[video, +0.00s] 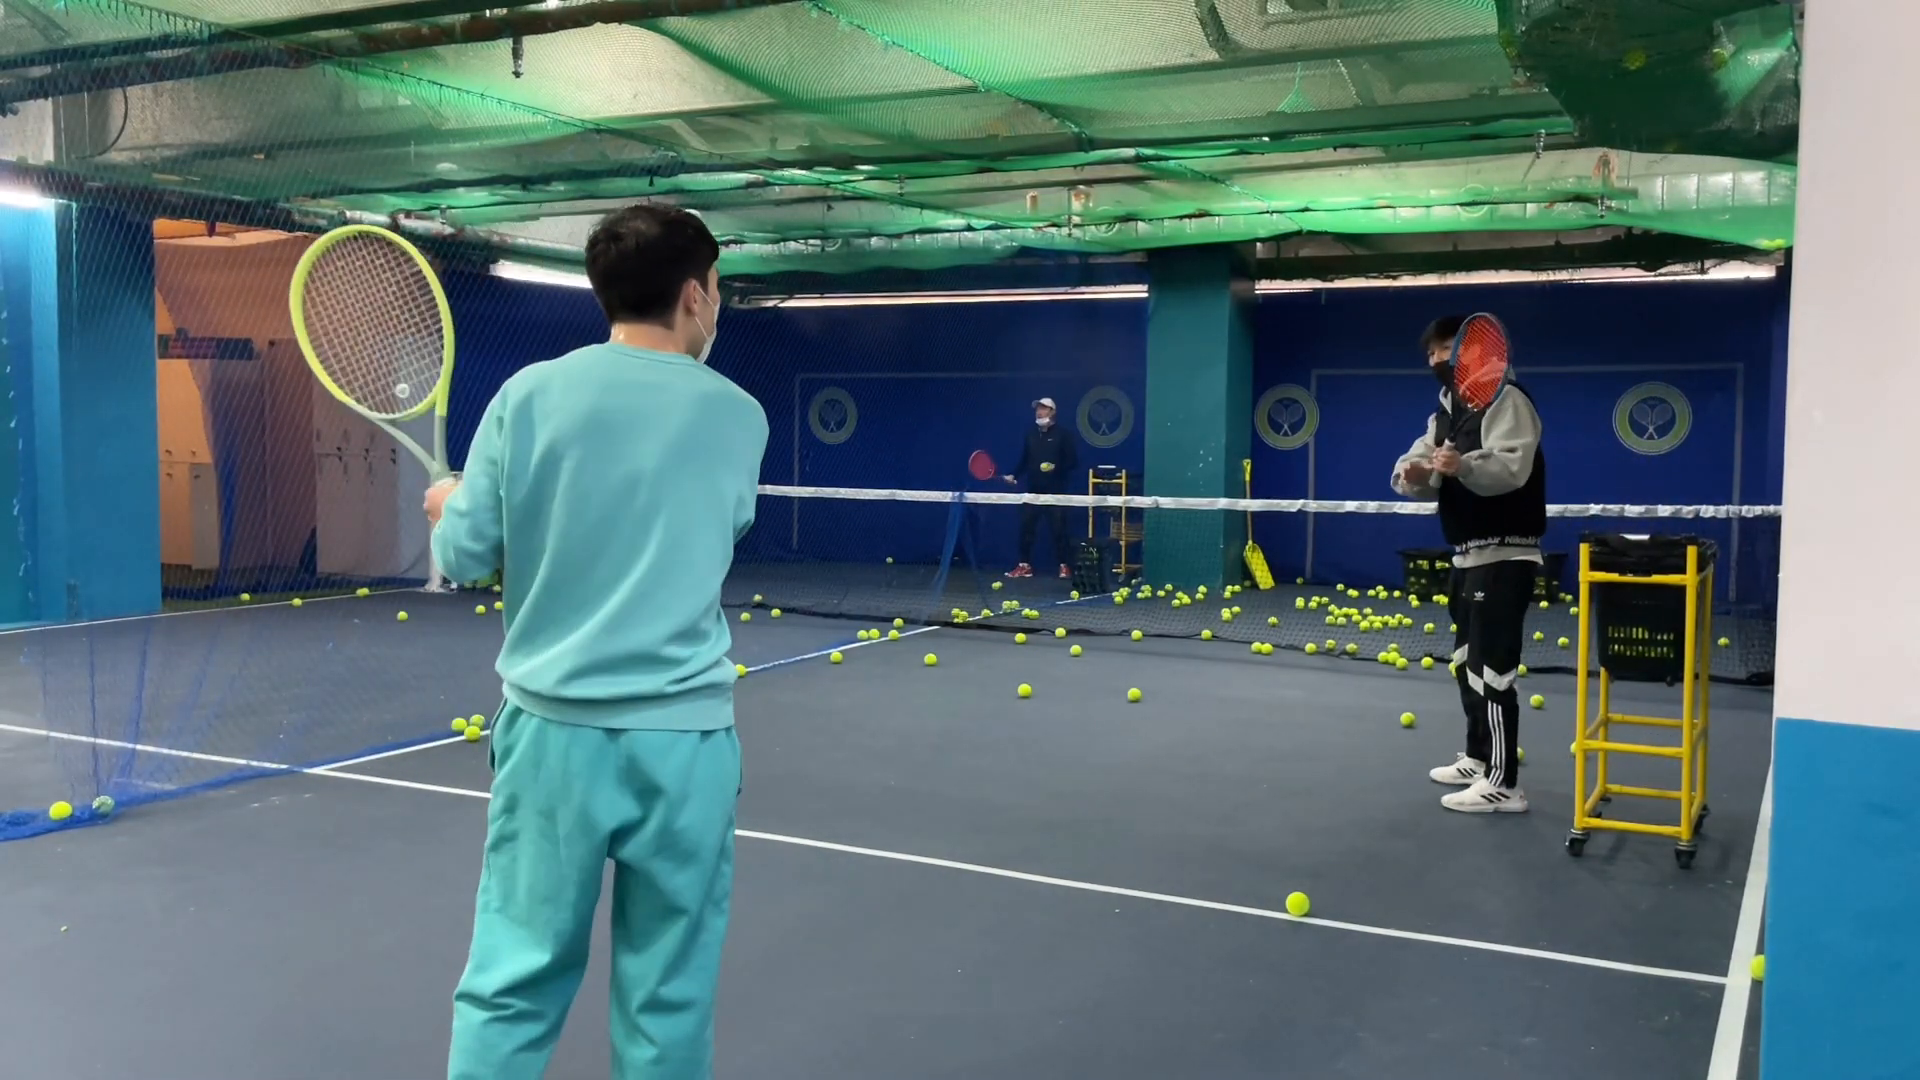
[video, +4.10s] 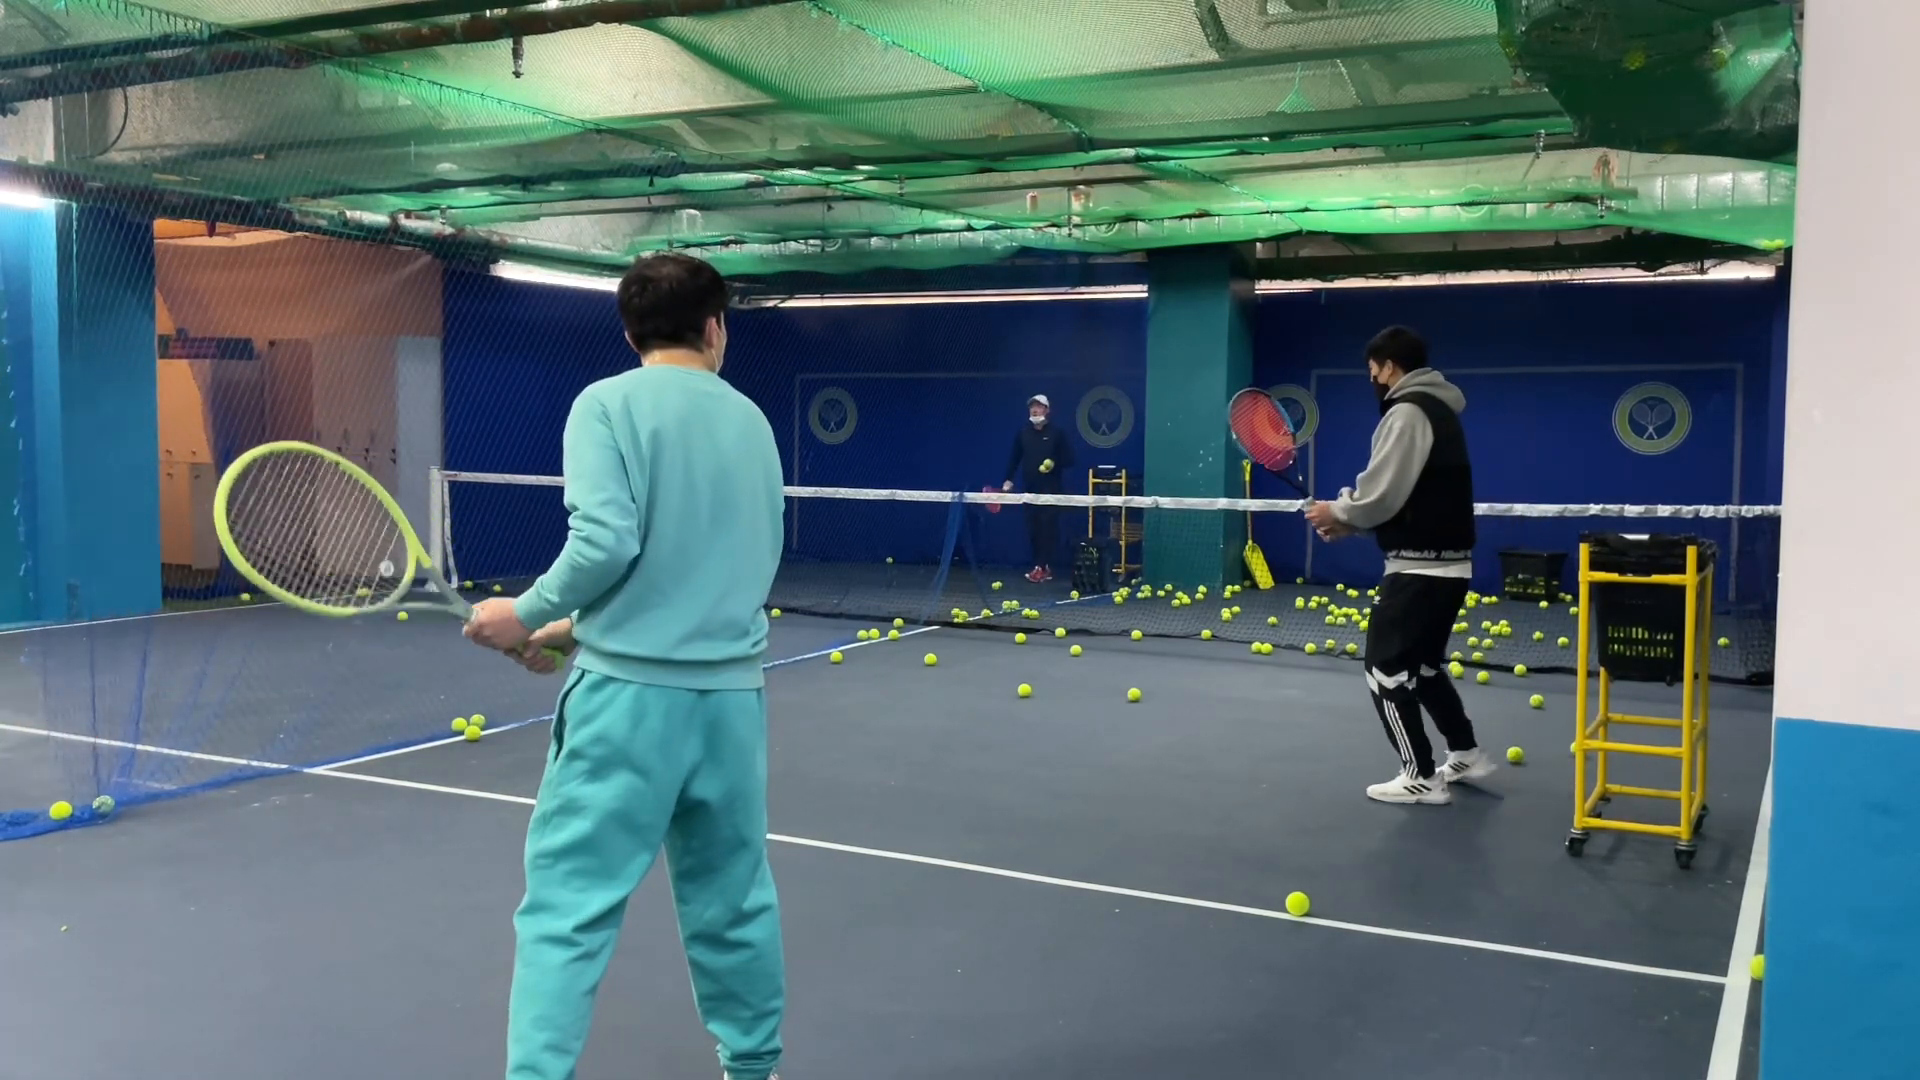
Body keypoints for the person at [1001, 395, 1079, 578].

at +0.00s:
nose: (1040, 412)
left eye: (1044, 409)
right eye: (1038, 409)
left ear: (1052, 412)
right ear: (1035, 412)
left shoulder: (1062, 434)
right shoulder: (1031, 434)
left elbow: (1071, 461)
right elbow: (1025, 458)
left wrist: (1056, 468)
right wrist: (1014, 474)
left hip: (1055, 488)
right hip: (1033, 487)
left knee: (1058, 527)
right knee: (1026, 525)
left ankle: (1063, 564)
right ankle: (1024, 564)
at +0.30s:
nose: (1041, 420)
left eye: (1044, 417)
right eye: (1040, 417)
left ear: (1054, 418)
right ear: (1040, 419)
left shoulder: (1066, 436)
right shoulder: (1045, 439)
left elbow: (1071, 462)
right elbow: (1044, 470)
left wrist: (1051, 470)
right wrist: (1033, 493)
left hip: (1067, 490)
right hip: (1050, 490)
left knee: (1067, 530)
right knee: (1039, 526)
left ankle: (1075, 568)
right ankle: (1029, 563)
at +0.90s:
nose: (1042, 421)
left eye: (1045, 417)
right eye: (1041, 418)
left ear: (1055, 417)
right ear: (1043, 420)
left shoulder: (1071, 433)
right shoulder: (1046, 442)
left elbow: (1088, 453)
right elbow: (1051, 469)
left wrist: (1075, 459)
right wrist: (1044, 469)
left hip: (1078, 487)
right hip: (1059, 487)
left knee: (1075, 528)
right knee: (1050, 525)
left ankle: (1078, 568)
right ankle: (1041, 564)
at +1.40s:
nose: (1058, 412)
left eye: (1062, 409)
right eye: (1056, 408)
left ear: (1070, 412)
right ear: (1053, 411)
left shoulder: (1079, 434)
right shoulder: (1046, 434)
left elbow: (1092, 459)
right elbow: (1039, 460)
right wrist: (1034, 482)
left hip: (1075, 487)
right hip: (1052, 486)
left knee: (1074, 526)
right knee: (1047, 525)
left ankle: (1077, 567)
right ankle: (1041, 564)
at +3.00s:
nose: (1053, 415)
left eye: (1057, 412)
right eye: (1051, 412)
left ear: (1064, 413)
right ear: (1047, 413)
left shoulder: (1074, 433)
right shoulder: (1041, 432)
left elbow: (1084, 459)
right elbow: (1032, 455)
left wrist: (1073, 460)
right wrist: (1037, 461)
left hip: (1069, 486)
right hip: (1046, 485)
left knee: (1071, 526)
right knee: (1042, 525)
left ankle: (1074, 565)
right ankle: (1040, 563)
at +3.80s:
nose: (1050, 413)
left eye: (1053, 410)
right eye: (1046, 410)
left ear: (1059, 412)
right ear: (1042, 412)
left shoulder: (1068, 434)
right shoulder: (1033, 434)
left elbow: (1070, 461)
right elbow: (1018, 456)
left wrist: (1078, 458)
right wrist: (1016, 477)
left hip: (1062, 487)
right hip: (1038, 487)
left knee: (1066, 525)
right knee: (1040, 528)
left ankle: (1063, 561)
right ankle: (1044, 566)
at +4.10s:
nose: (1036, 411)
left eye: (1040, 407)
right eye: (1033, 407)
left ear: (1047, 410)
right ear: (1029, 410)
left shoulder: (1056, 433)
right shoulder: (1024, 433)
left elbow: (1068, 459)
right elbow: (1015, 458)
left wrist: (1054, 463)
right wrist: (1009, 479)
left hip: (1050, 487)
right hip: (1030, 486)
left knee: (1047, 525)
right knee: (1035, 526)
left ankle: (1042, 566)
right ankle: (1041, 566)